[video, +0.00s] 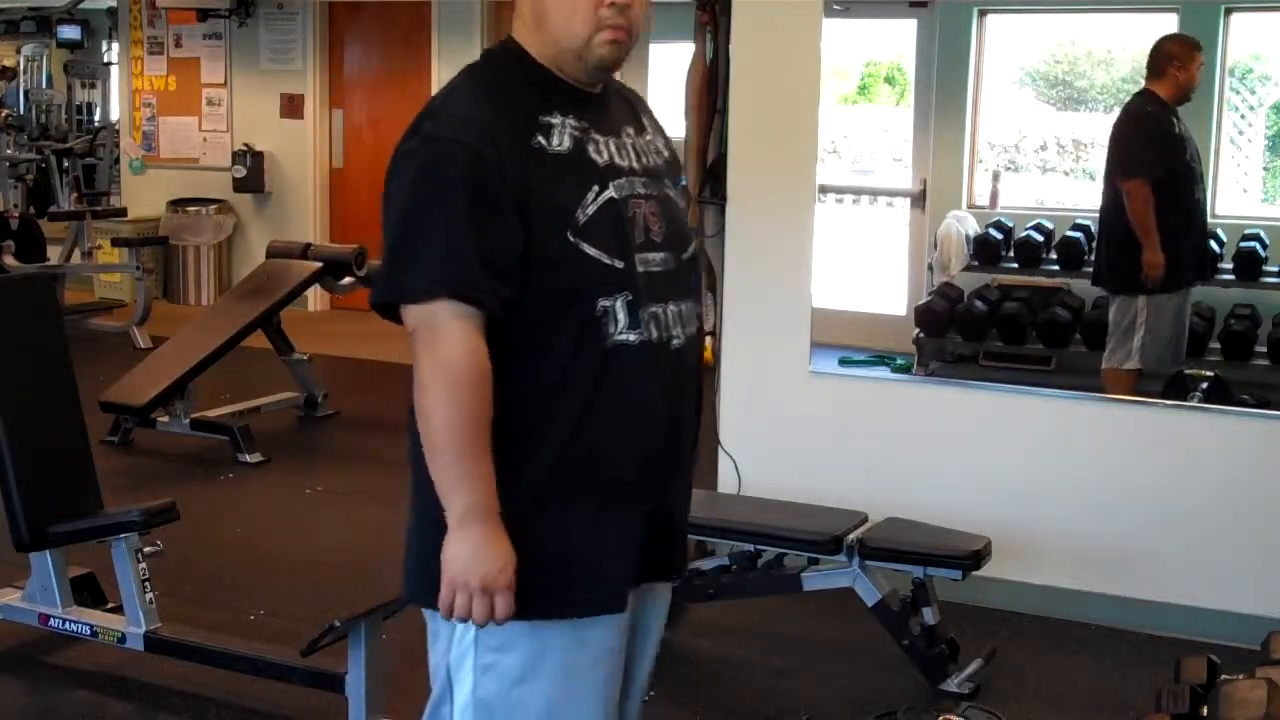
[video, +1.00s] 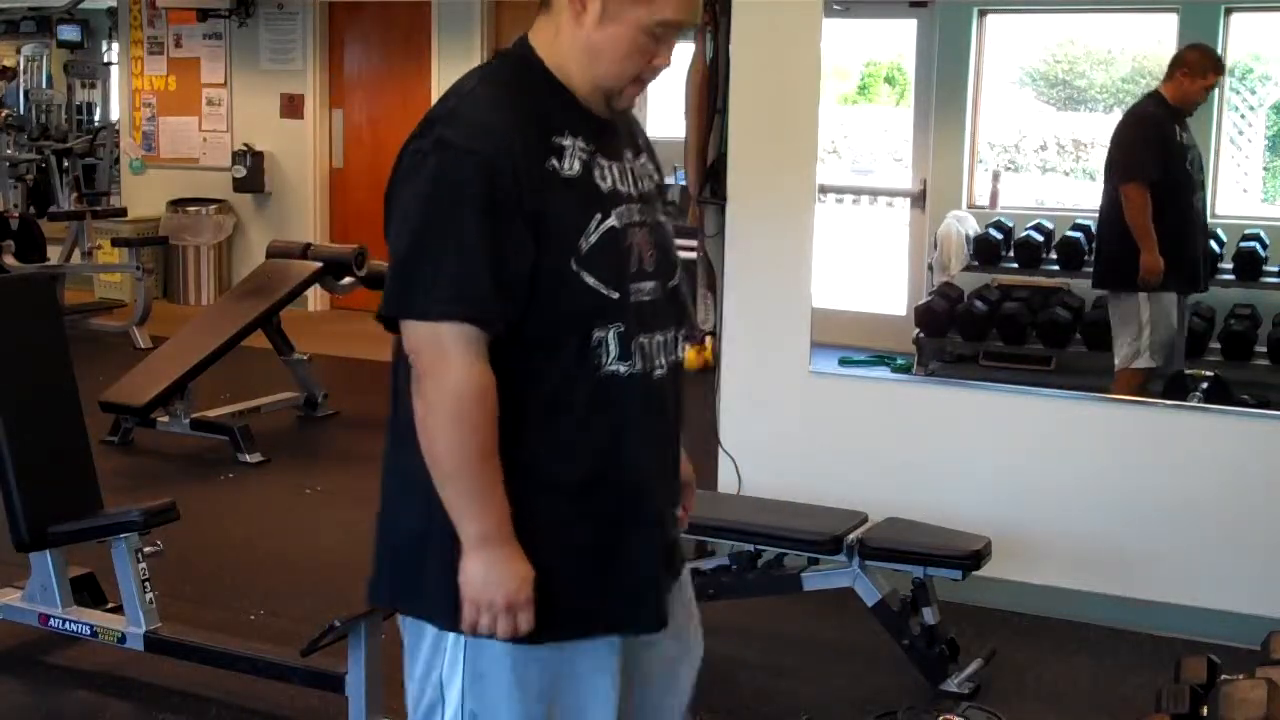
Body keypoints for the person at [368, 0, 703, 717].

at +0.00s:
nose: (624, 3)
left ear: (648, 7)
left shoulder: (634, 116)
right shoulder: (465, 129)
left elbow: (655, 311)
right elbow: (442, 328)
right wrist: (471, 520)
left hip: (638, 534)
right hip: (527, 552)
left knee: (604, 707)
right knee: (522, 709)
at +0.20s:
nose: (670, 10)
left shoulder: (668, 126)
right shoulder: (490, 133)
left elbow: (688, 304)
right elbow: (461, 328)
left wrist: (718, 425)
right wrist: (493, 513)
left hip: (673, 521)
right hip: (554, 539)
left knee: (654, 708)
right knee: (550, 711)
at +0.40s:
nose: (683, 17)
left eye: (689, 1)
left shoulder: (682, 126)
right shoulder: (498, 131)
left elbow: (708, 298)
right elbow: (469, 326)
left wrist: (743, 416)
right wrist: (510, 504)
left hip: (683, 509)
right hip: (566, 523)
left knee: (667, 711)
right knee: (538, 713)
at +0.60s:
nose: (684, 25)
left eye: (691, 6)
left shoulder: (670, 129)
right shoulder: (496, 128)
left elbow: (690, 308)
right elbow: (467, 328)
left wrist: (728, 425)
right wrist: (501, 509)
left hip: (676, 526)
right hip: (552, 544)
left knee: (675, 713)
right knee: (530, 713)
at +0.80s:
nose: (674, 26)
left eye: (677, 7)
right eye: (659, 3)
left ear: (591, 5)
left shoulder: (647, 128)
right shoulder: (484, 127)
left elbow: (668, 318)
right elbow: (457, 334)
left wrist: (686, 462)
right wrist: (502, 522)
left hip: (646, 536)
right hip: (530, 557)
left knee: (652, 712)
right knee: (517, 711)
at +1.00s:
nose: (666, 61)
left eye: (675, 39)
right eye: (657, 34)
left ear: (586, 13)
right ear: (583, 8)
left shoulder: (621, 134)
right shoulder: (472, 138)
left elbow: (620, 322)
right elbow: (443, 353)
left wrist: (660, 448)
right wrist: (486, 542)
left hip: (634, 549)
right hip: (514, 572)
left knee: (658, 695)